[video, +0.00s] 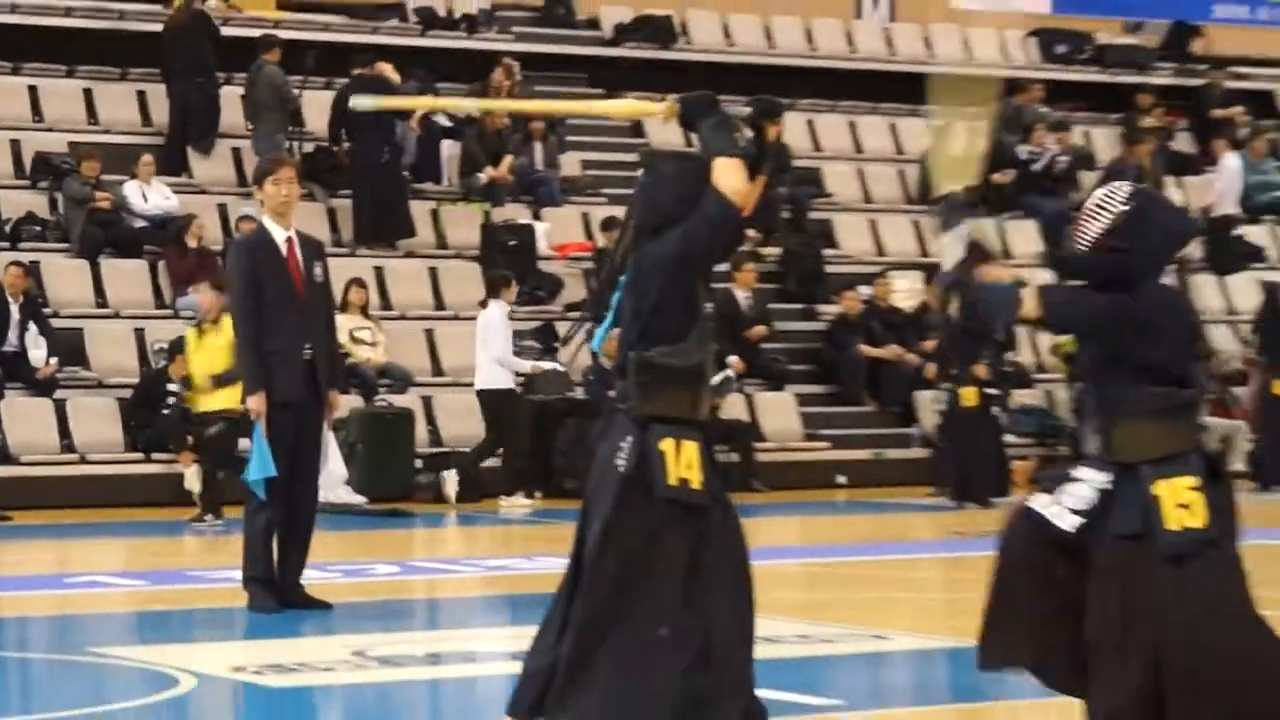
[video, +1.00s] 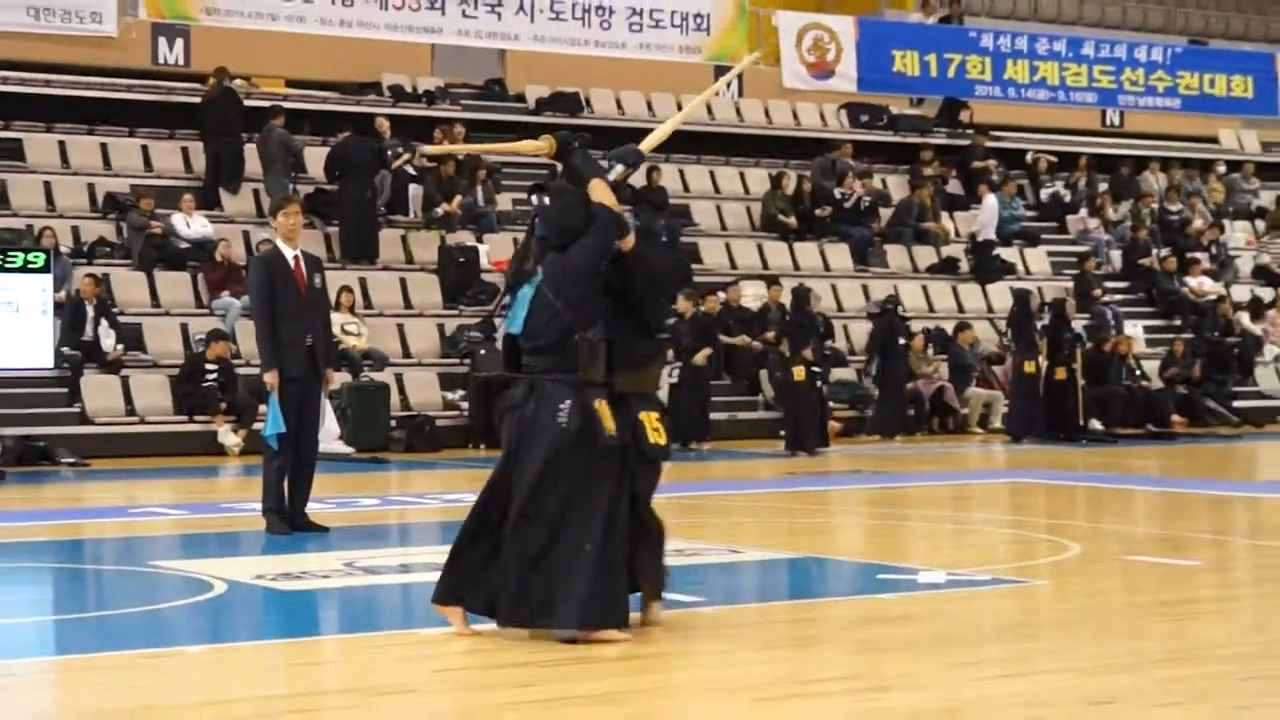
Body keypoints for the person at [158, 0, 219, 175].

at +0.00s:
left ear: (179, 5)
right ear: (196, 3)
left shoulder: (170, 23)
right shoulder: (202, 18)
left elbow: (164, 56)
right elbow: (217, 41)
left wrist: (168, 80)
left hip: (178, 82)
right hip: (202, 80)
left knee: (177, 127)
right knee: (209, 111)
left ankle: (174, 168)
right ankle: (203, 143)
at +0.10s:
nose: (189, 12)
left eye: (187, 9)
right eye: (188, 8)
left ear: (170, 9)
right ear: (184, 9)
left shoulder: (160, 32)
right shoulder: (189, 29)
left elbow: (154, 62)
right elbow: (203, 48)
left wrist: (157, 85)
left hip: (165, 87)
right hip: (188, 85)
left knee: (165, 129)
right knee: (196, 116)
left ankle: (163, 171)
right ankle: (191, 147)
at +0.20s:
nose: (175, 27)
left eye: (173, 24)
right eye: (174, 24)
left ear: (157, 23)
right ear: (173, 24)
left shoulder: (148, 44)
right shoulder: (177, 42)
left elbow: (143, 73)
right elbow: (189, 61)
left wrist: (145, 97)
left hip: (154, 97)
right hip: (175, 96)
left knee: (153, 138)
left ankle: (151, 178)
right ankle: (178, 155)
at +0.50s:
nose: (179, 47)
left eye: (177, 45)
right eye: (178, 45)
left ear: (162, 44)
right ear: (176, 45)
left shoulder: (154, 64)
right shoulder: (180, 62)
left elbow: (149, 91)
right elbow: (192, 81)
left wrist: (151, 112)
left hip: (160, 113)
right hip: (180, 113)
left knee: (160, 151)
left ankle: (157, 187)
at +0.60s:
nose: (195, 60)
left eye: (193, 57)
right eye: (194, 57)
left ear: (179, 57)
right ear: (193, 57)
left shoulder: (172, 75)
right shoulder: (197, 73)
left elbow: (167, 101)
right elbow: (209, 92)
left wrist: (169, 123)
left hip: (177, 122)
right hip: (197, 122)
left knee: (177, 160)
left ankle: (174, 195)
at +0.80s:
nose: (214, 72)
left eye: (212, 69)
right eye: (213, 69)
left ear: (198, 69)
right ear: (211, 69)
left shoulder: (191, 87)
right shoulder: (214, 84)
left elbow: (187, 113)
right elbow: (226, 100)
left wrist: (189, 134)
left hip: (196, 132)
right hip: (215, 131)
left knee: (196, 166)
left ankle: (194, 198)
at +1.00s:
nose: (228, 80)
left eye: (226, 77)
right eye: (228, 77)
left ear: (214, 78)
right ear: (227, 78)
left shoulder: (208, 95)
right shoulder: (231, 93)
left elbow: (203, 118)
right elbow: (241, 111)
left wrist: (205, 138)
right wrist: (239, 131)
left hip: (212, 138)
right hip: (230, 138)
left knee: (212, 172)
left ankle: (210, 204)